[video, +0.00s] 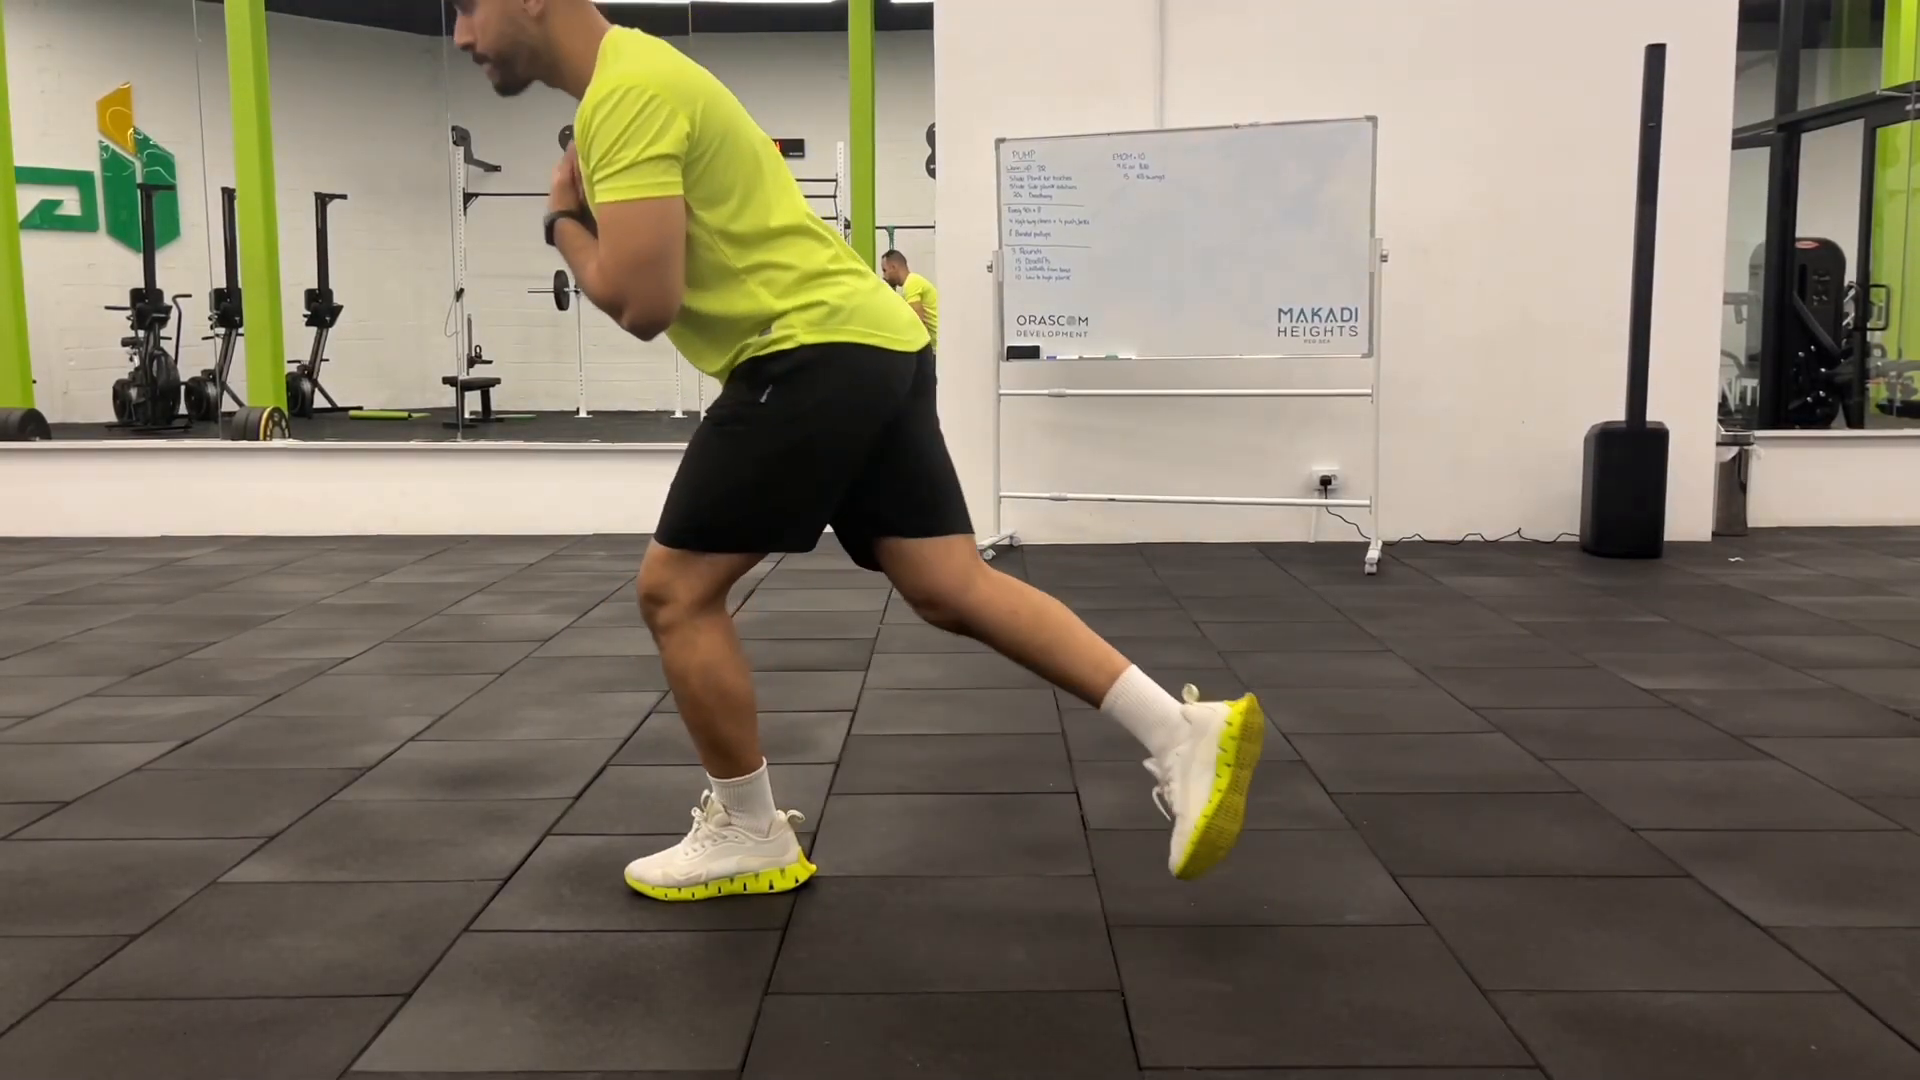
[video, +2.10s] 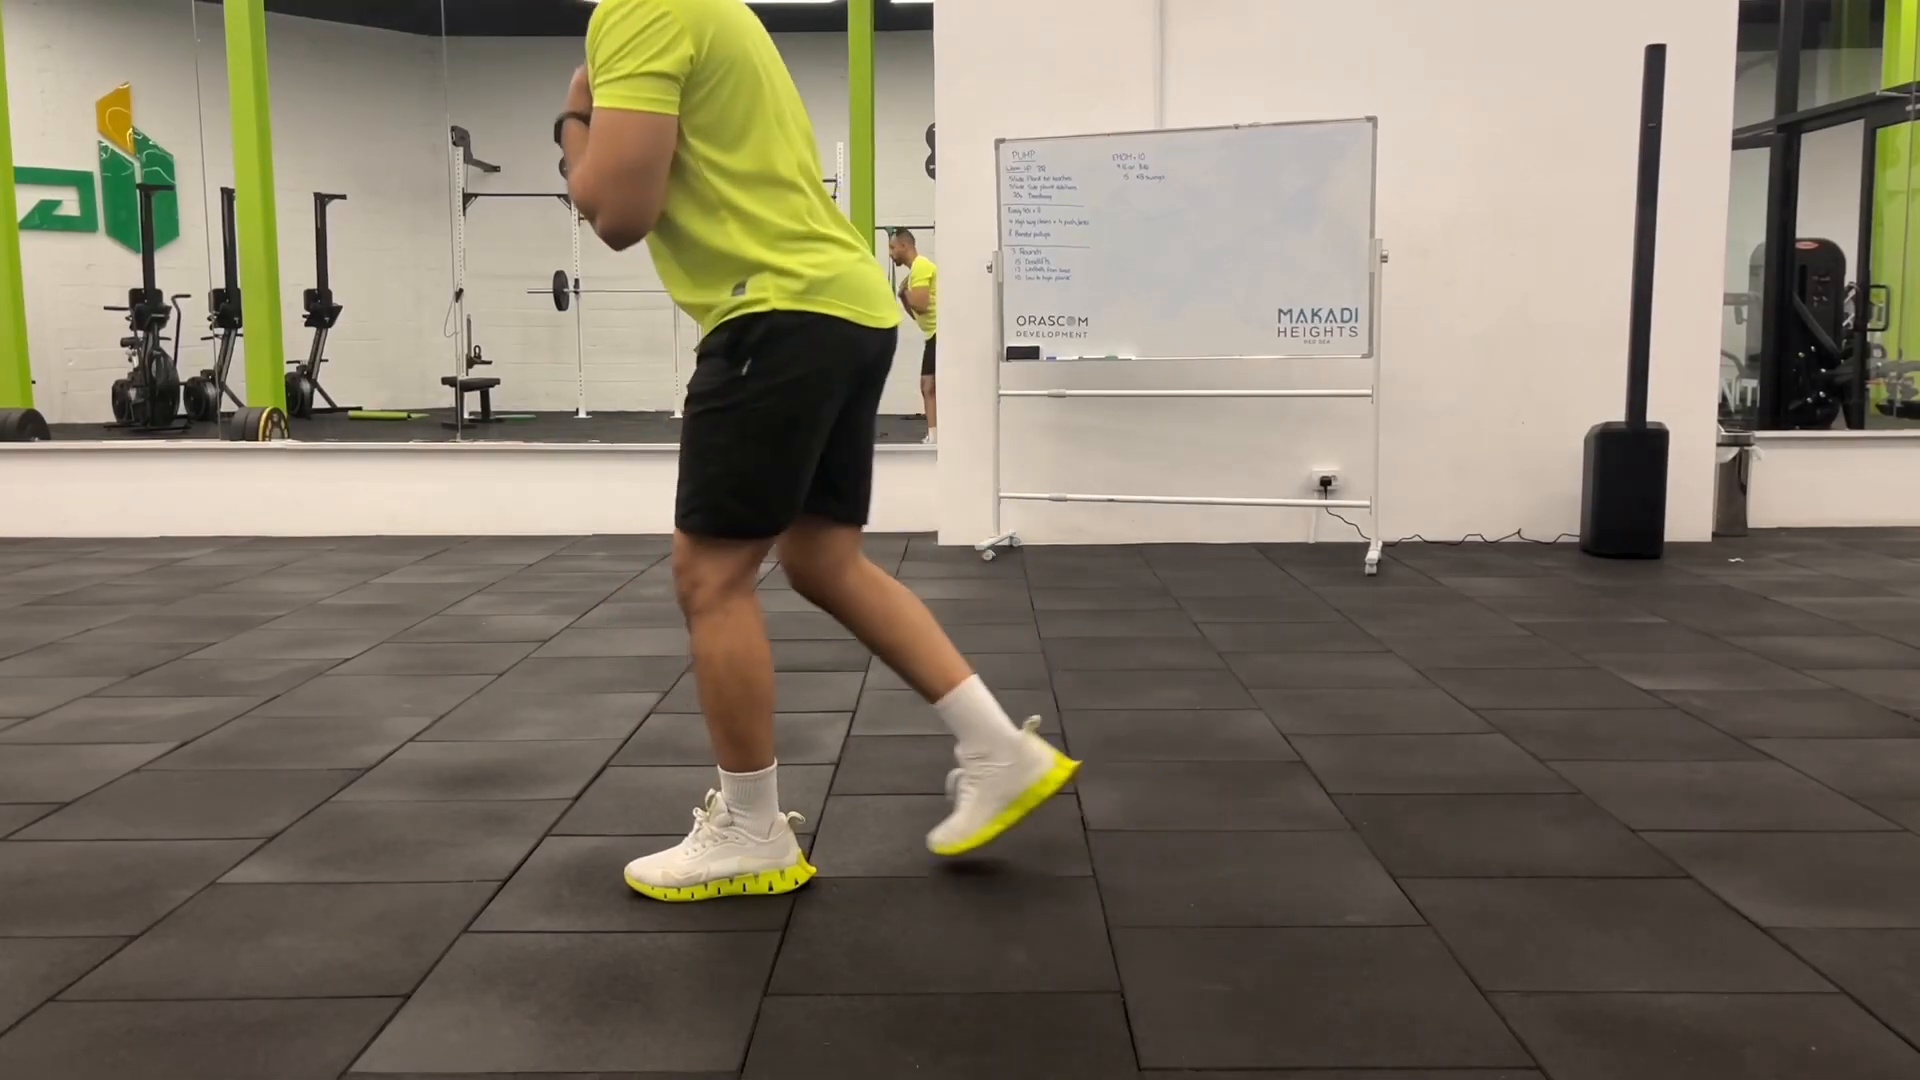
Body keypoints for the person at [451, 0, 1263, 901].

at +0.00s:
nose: (460, 36)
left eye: (467, 9)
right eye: (455, 17)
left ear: (530, 1)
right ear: (543, 8)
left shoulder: (632, 89)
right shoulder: (641, 79)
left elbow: (641, 302)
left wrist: (561, 223)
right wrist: (590, 223)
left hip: (807, 357)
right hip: (877, 342)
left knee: (678, 592)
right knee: (950, 583)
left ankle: (747, 830)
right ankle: (1181, 730)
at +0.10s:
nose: (482, 77)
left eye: (486, 47)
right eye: (474, 51)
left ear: (555, 31)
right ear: (562, 35)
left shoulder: (650, 130)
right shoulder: (668, 112)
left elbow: (663, 335)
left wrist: (587, 258)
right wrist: (609, 255)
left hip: (826, 391)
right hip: (900, 380)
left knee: (663, 597)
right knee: (973, 620)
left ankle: (748, 831)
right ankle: (1194, 790)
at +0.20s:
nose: (512, 116)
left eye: (518, 87)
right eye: (507, 93)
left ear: (580, 72)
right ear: (589, 72)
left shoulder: (679, 169)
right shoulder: (700, 155)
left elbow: (681, 377)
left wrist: (609, 297)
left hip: (853, 426)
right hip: (926, 422)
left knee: (651, 605)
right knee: (975, 673)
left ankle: (745, 831)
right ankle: (1231, 817)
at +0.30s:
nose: (541, 147)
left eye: (548, 121)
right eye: (536, 123)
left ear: (609, 107)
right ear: (620, 107)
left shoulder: (702, 204)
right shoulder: (727, 188)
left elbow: (701, 419)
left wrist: (636, 340)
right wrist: (663, 342)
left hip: (865, 469)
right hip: (941, 465)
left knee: (644, 609)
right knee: (973, 724)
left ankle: (747, 829)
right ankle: (1242, 831)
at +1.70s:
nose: (555, 100)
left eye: (557, 71)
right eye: (548, 76)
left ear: (617, 54)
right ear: (630, 57)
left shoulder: (702, 148)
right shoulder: (738, 135)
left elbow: (697, 358)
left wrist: (643, 279)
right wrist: (672, 282)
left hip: (869, 418)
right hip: (943, 417)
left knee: (668, 597)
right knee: (974, 674)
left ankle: (748, 834)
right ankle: (1227, 818)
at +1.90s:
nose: (507, 19)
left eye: (509, 2)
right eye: (501, 7)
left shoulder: (651, 58)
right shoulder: (679, 51)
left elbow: (648, 270)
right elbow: (663, 258)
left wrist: (593, 192)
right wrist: (613, 191)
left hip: (818, 345)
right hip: (891, 337)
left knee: (692, 585)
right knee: (928, 594)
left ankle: (750, 829)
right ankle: (1142, 756)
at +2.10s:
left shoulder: (644, 9)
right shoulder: (714, 15)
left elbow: (617, 213)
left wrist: (571, 126)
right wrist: (599, 132)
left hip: (772, 313)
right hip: (854, 307)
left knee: (712, 578)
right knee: (822, 556)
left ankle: (750, 831)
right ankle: (1002, 749)